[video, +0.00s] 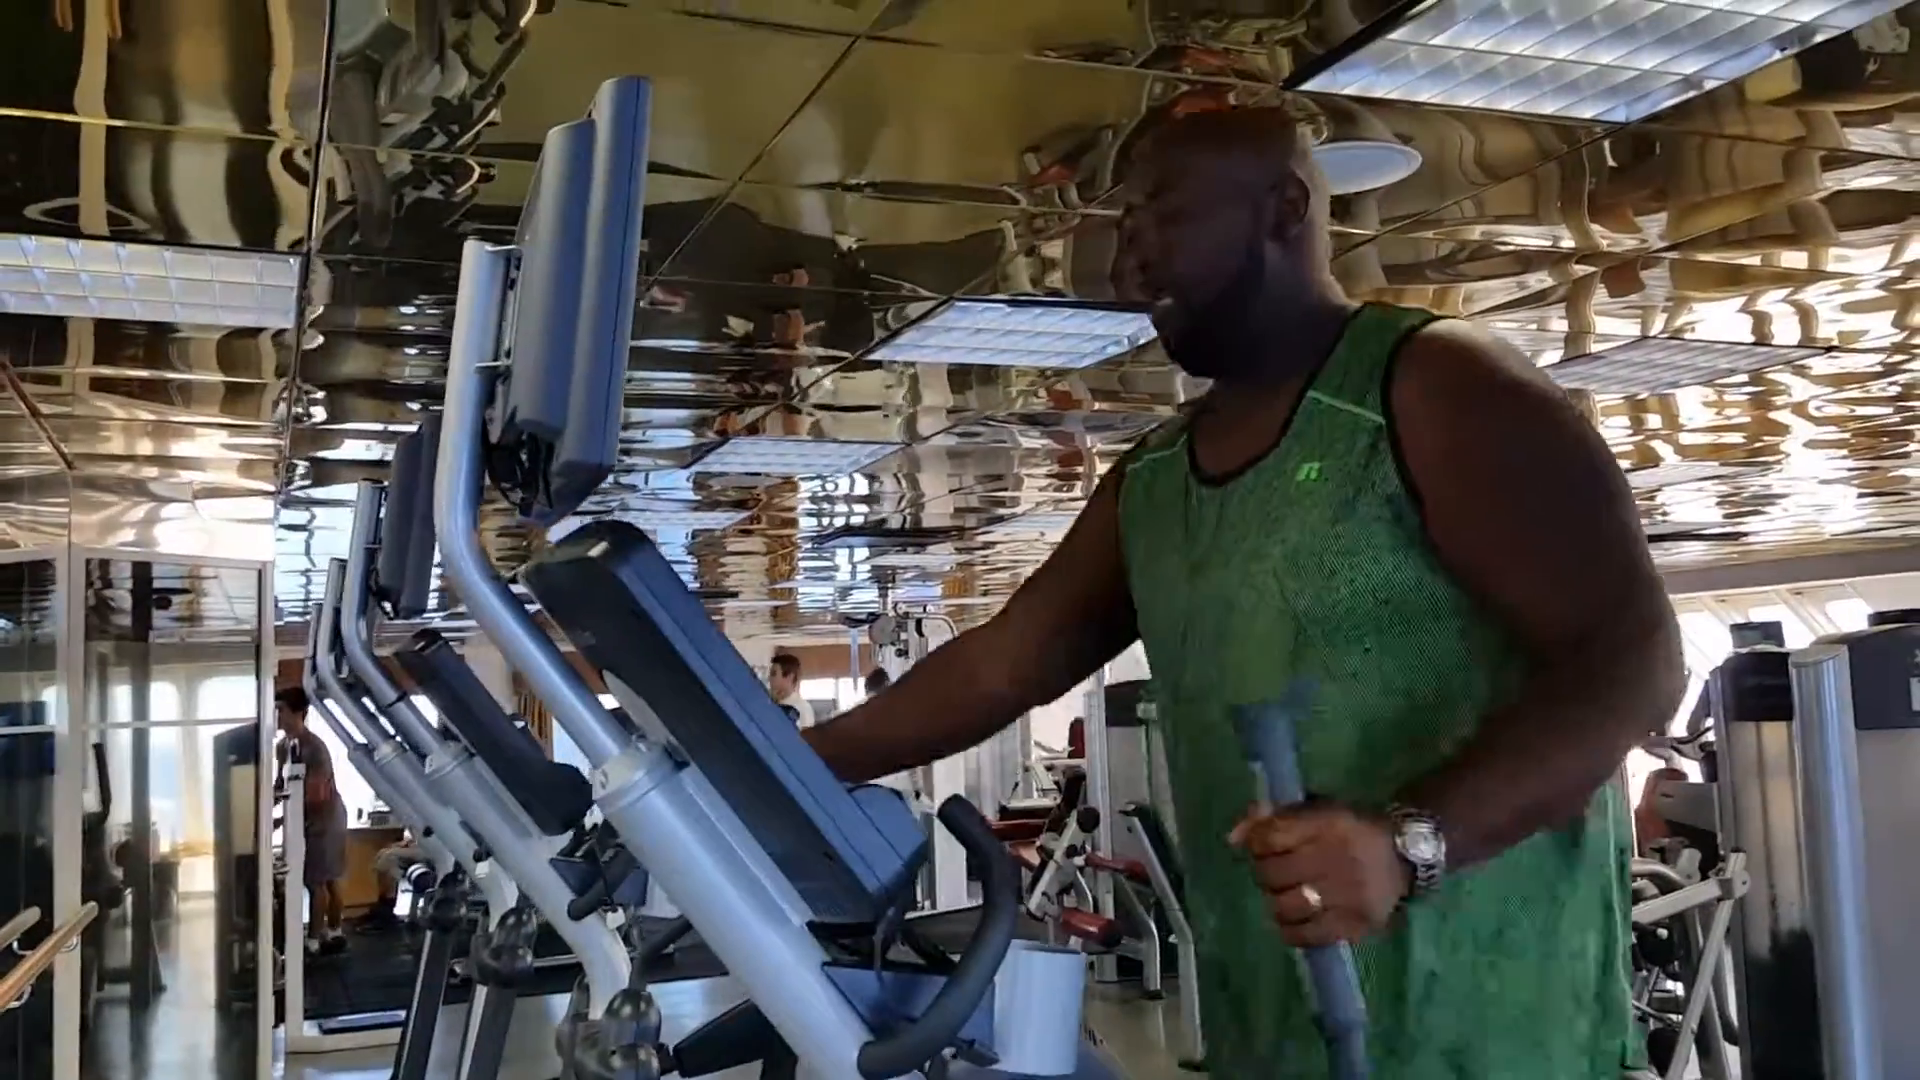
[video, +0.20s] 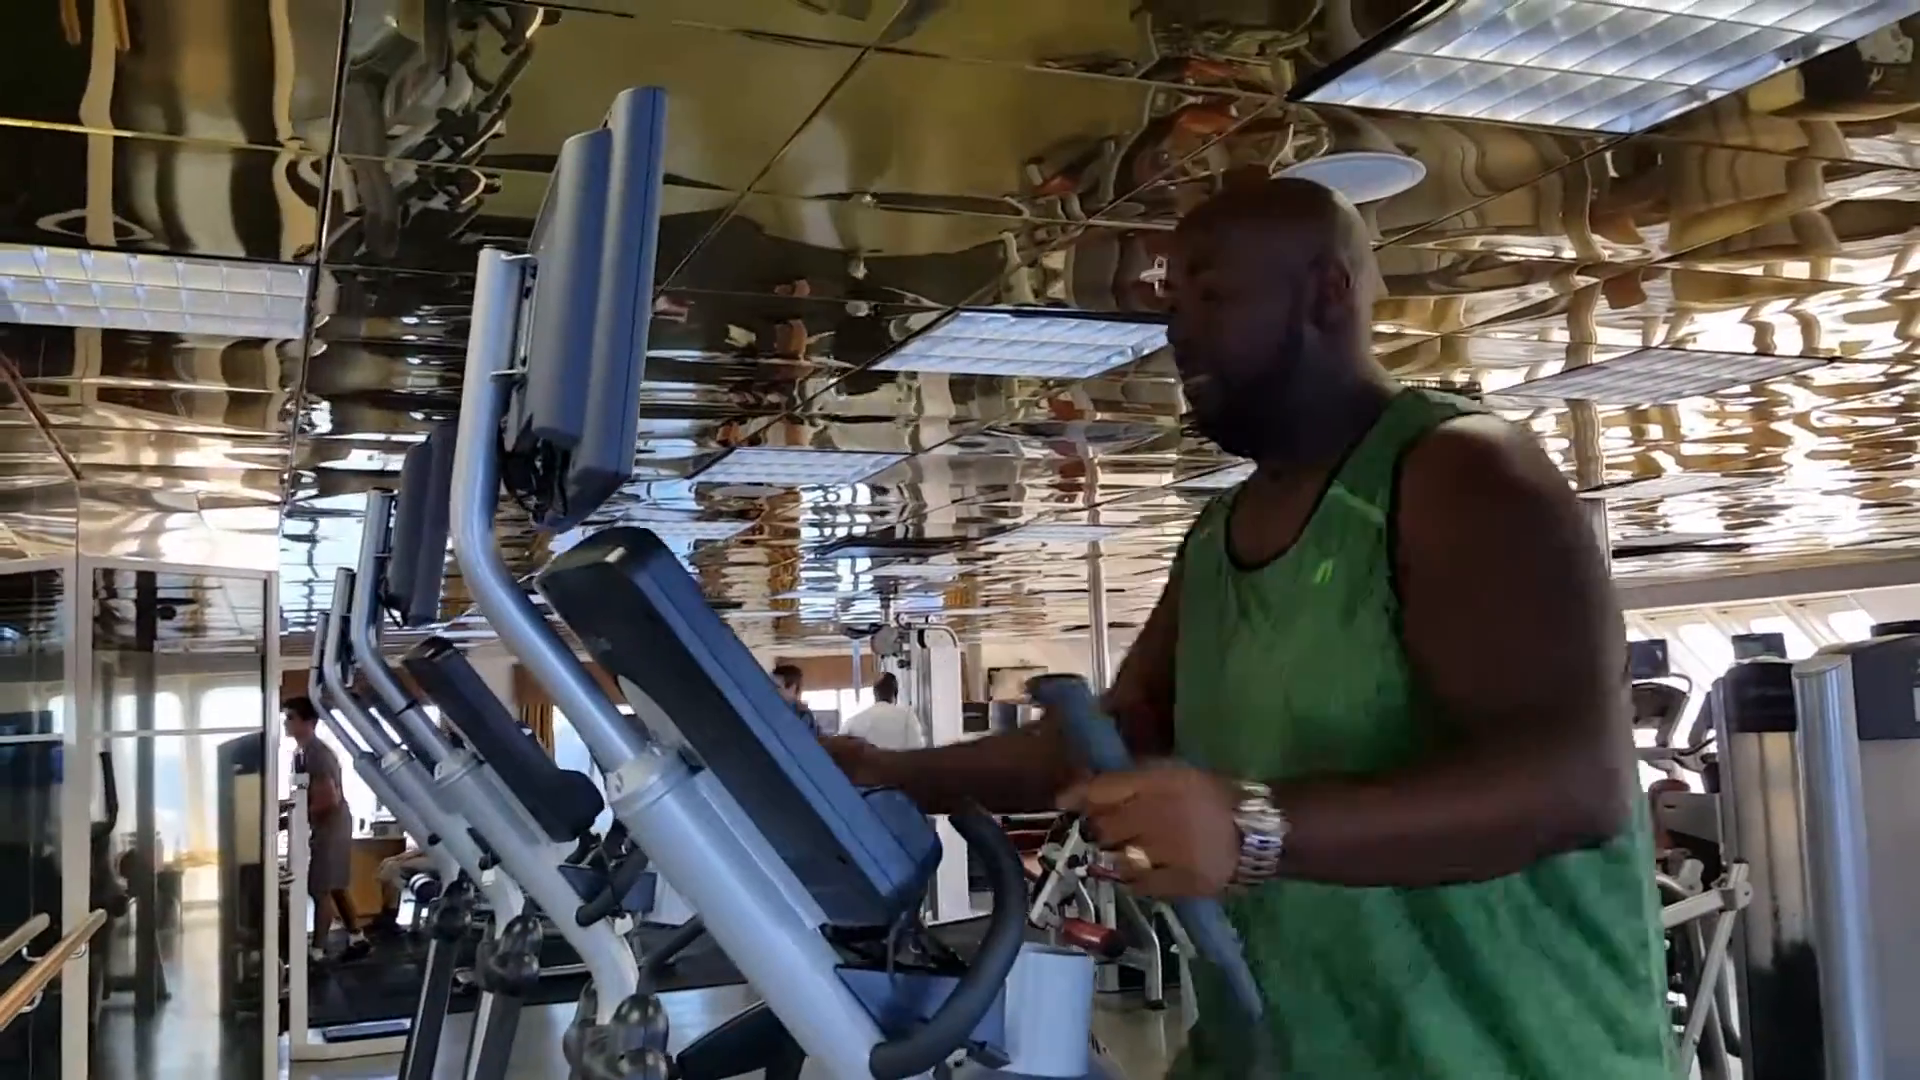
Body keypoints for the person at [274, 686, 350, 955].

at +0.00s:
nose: (277, 716)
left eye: (281, 710)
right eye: (277, 710)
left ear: (297, 713)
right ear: (291, 714)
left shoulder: (313, 746)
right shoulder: (285, 747)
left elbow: (315, 793)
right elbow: (283, 786)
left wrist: (281, 819)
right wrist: (267, 806)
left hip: (325, 816)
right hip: (307, 816)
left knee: (317, 880)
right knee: (329, 879)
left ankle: (315, 937)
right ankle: (335, 932)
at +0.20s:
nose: (286, 724)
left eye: (290, 718)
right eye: (286, 718)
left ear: (306, 722)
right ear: (306, 722)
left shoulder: (318, 753)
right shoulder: (304, 754)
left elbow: (329, 798)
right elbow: (305, 795)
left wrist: (298, 814)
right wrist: (288, 811)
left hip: (332, 827)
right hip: (323, 826)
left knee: (322, 888)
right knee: (335, 886)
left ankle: (318, 948)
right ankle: (357, 937)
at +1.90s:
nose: (275, 701)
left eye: (278, 694)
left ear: (286, 699)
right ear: (302, 699)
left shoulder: (290, 730)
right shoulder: (310, 728)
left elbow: (288, 772)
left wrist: (276, 807)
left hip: (292, 802)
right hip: (311, 801)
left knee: (282, 869)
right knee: (313, 866)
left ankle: (282, 927)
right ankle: (323, 922)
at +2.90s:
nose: (226, 691)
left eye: (228, 682)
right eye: (225, 684)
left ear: (243, 684)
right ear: (249, 686)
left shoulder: (249, 716)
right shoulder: (264, 715)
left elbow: (244, 764)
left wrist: (227, 800)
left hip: (253, 794)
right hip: (269, 792)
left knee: (241, 857)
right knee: (273, 856)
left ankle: (245, 919)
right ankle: (287, 914)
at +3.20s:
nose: (226, 677)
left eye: (230, 670)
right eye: (225, 670)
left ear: (243, 675)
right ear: (252, 677)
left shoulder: (248, 710)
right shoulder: (264, 707)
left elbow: (242, 756)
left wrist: (224, 792)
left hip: (251, 785)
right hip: (268, 783)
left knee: (240, 849)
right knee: (271, 848)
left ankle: (243, 911)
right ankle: (285, 906)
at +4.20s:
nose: (214, 685)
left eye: (215, 679)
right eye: (213, 679)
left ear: (228, 678)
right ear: (234, 679)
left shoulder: (234, 712)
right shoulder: (254, 707)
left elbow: (229, 760)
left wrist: (212, 795)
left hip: (239, 786)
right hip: (257, 783)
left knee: (227, 849)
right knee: (261, 846)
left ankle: (233, 910)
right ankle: (275, 904)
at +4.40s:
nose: (214, 686)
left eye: (215, 680)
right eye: (212, 681)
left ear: (226, 678)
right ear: (236, 678)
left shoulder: (234, 711)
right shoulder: (254, 706)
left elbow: (228, 760)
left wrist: (210, 794)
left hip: (239, 785)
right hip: (256, 782)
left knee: (226, 848)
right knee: (260, 845)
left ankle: (232, 910)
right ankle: (275, 904)